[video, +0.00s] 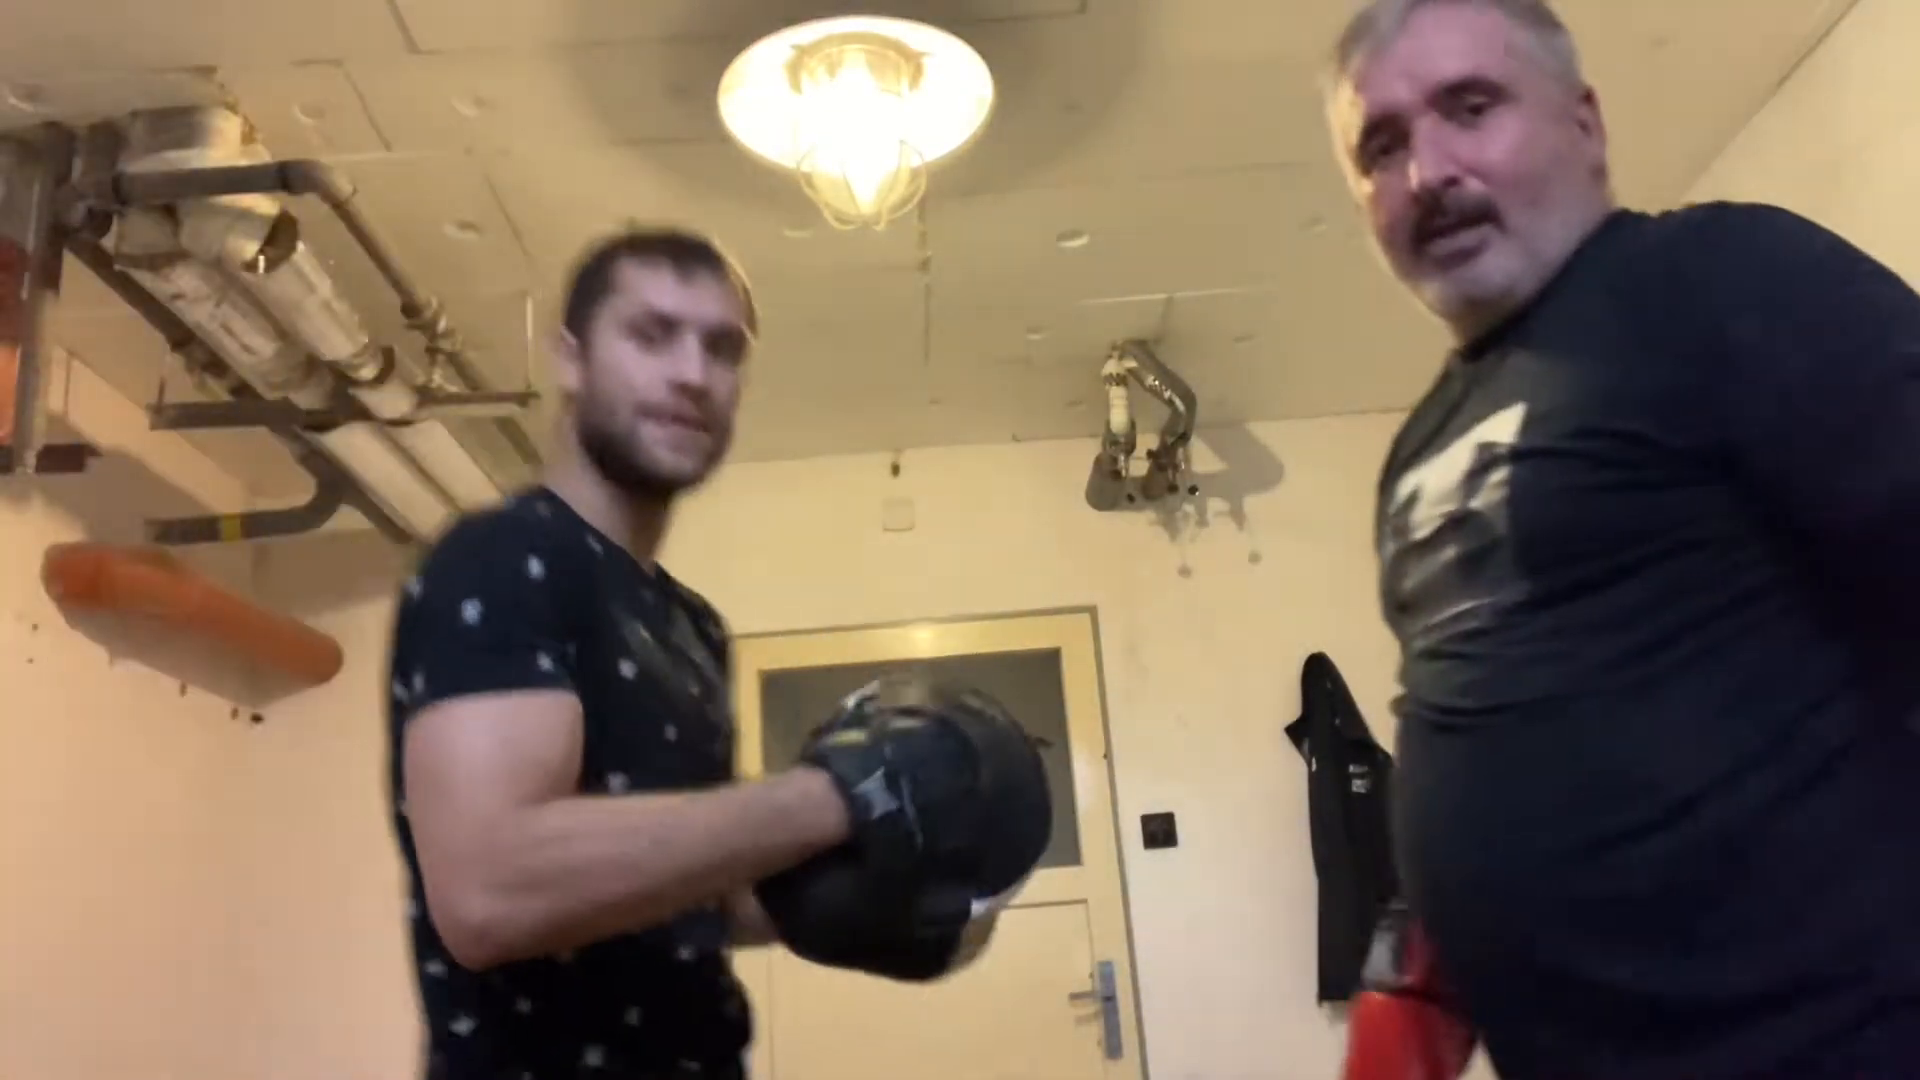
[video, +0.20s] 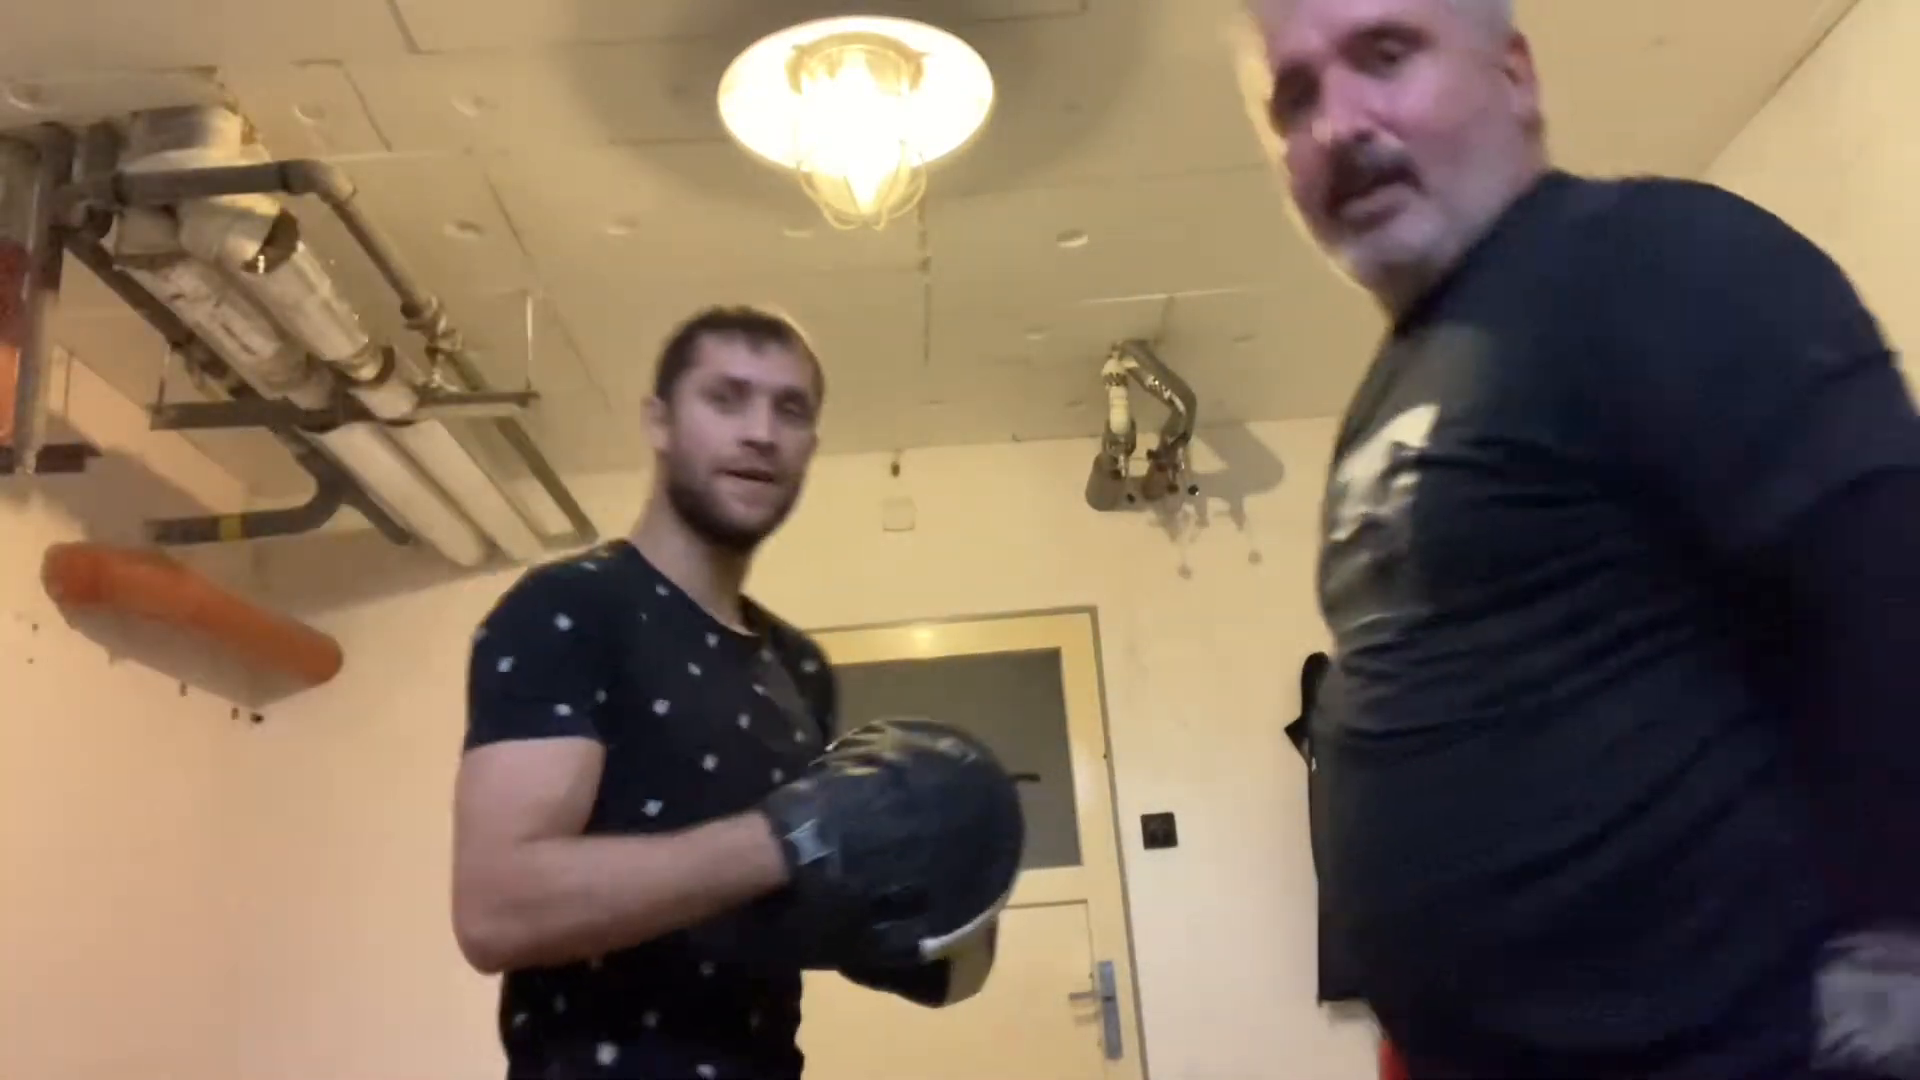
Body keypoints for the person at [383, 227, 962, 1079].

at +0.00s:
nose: (694, 375)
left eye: (721, 350)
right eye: (652, 335)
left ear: (742, 382)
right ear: (571, 357)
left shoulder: (693, 626)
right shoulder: (498, 565)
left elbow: (656, 901)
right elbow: (489, 889)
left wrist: (836, 893)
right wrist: (838, 793)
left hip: (695, 1053)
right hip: (541, 1057)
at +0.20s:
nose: (761, 434)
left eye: (791, 411)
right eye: (726, 399)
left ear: (812, 447)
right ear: (658, 421)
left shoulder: (797, 666)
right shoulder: (561, 615)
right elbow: (499, 909)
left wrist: (895, 926)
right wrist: (790, 836)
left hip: (759, 1055)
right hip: (595, 1054)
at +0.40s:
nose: (770, 457)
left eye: (797, 436)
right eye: (737, 426)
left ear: (819, 472)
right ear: (676, 449)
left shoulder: (835, 679)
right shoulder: (573, 635)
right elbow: (500, 900)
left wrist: (905, 878)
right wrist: (732, 841)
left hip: (768, 1055)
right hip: (598, 1056)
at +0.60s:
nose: (719, 481)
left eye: (746, 459)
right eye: (688, 454)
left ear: (772, 494)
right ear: (633, 481)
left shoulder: (821, 693)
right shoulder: (539, 664)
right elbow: (475, 918)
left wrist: (867, 888)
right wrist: (653, 844)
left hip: (760, 1060)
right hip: (582, 1060)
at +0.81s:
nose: (636, 514)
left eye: (661, 492)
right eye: (606, 491)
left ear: (694, 522)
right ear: (562, 519)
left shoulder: (770, 700)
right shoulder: (484, 710)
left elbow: (856, 923)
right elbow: (438, 955)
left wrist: (811, 869)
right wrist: (565, 855)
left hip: (731, 1060)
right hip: (554, 1062)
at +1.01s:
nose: (569, 542)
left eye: (592, 519)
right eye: (539, 520)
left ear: (625, 545)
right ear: (498, 548)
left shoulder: (714, 702)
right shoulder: (439, 741)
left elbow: (802, 917)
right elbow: (412, 979)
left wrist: (758, 865)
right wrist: (520, 872)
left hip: (694, 1058)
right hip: (523, 1062)